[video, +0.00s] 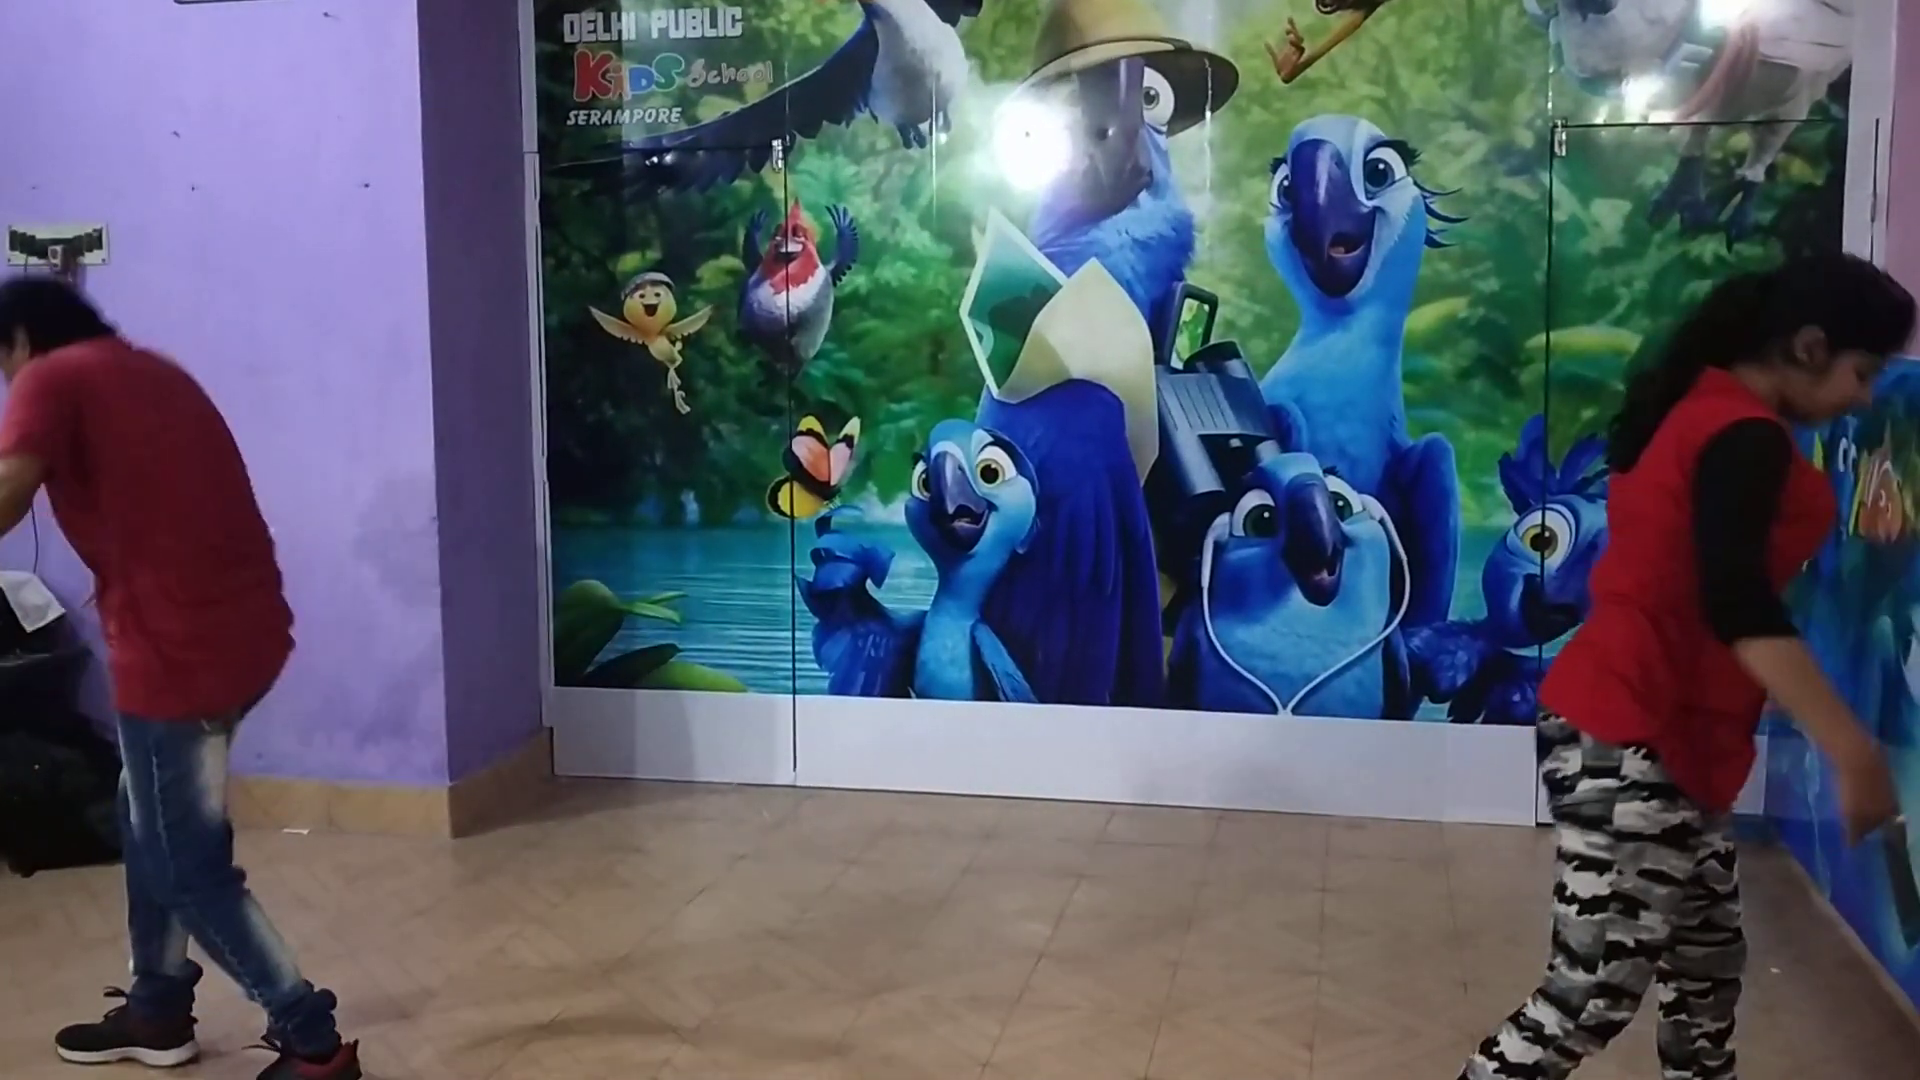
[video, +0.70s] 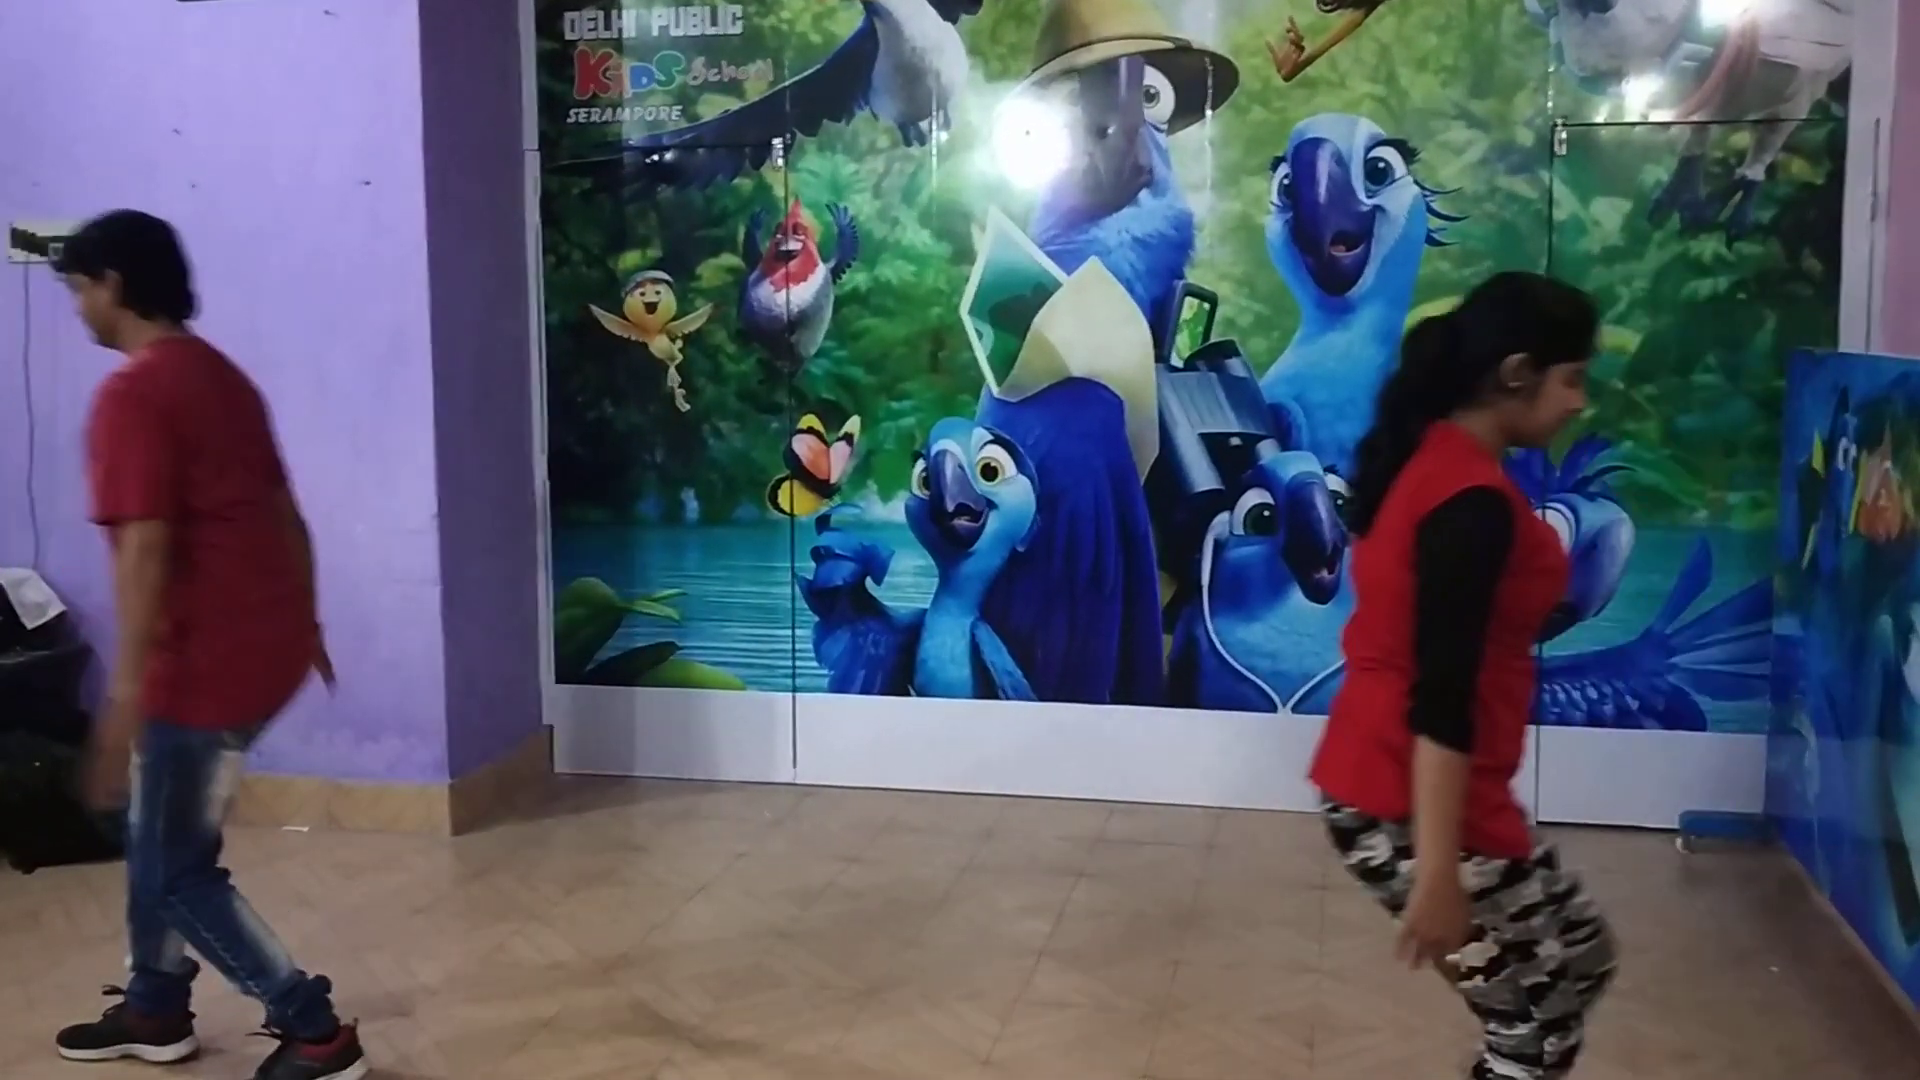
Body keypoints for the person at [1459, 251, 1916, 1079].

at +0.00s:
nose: (1864, 395)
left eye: (1873, 377)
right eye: (1864, 372)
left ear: (1800, 341)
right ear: (1809, 345)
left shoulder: (1704, 405)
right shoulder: (1744, 434)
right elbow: (1741, 607)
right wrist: (1854, 752)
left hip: (1662, 740)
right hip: (1619, 738)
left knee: (1706, 964)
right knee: (1591, 990)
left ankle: (1699, 1072)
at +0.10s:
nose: (1842, 363)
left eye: (1848, 345)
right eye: (1837, 341)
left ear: (1775, 323)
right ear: (1779, 323)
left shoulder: (1706, 406)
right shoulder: (1720, 428)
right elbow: (1701, 608)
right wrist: (1768, 764)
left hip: (1685, 733)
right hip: (1632, 731)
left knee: (1709, 965)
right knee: (1607, 988)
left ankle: (1700, 1072)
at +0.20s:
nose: (1817, 354)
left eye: (1820, 335)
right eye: (1810, 331)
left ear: (1742, 319)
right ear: (1748, 319)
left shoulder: (1677, 411)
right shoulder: (1700, 436)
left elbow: (1622, 592)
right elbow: (1669, 618)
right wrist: (1668, 776)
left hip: (1689, 747)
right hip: (1642, 753)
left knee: (1708, 1000)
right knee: (1622, 1001)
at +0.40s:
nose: (1742, 363)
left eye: (1746, 343)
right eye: (1735, 341)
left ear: (1672, 333)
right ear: (1676, 331)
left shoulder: (1612, 430)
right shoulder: (1626, 457)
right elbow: (1591, 648)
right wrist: (1563, 820)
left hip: (1643, 774)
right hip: (1608, 784)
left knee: (1695, 988)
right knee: (1629, 1022)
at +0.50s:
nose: (1693, 380)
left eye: (1697, 360)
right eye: (1687, 357)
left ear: (1621, 348)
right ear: (1628, 348)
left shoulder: (1555, 443)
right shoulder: (1578, 472)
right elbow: (1543, 671)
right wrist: (1526, 846)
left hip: (1586, 788)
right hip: (1544, 799)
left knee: (1665, 981)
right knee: (1584, 1032)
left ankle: (1675, 1070)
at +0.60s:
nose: (1642, 393)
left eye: (1644, 373)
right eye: (1635, 371)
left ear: (1568, 366)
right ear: (1575, 366)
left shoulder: (1499, 454)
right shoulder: (1528, 488)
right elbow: (1498, 693)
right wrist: (1488, 869)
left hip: (1498, 788)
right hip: (1464, 806)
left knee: (1627, 955)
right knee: (1567, 1026)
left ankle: (1612, 1066)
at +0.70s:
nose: (1581, 403)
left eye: (1584, 382)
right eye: (1574, 381)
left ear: (1508, 374)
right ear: (1516, 376)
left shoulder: (1436, 461)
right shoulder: (1471, 498)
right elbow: (1442, 704)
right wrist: (1437, 880)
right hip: (1412, 810)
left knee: (1571, 958)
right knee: (1538, 1005)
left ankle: (1511, 1063)